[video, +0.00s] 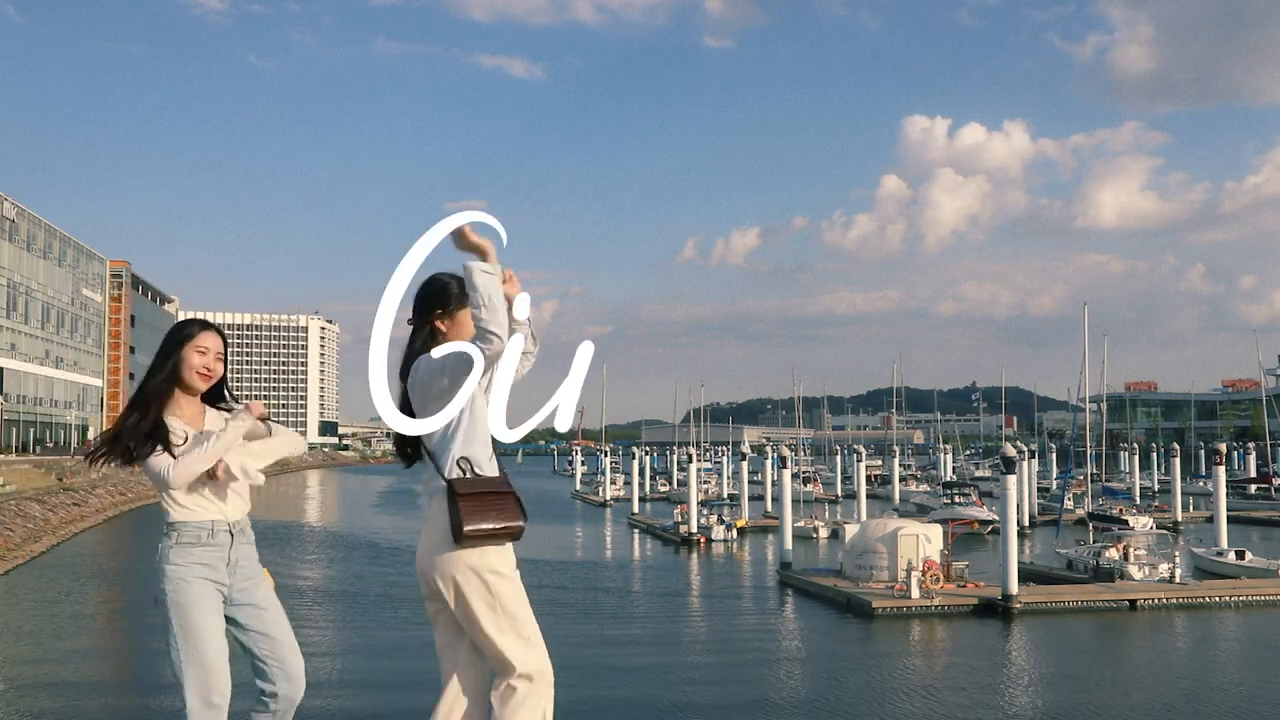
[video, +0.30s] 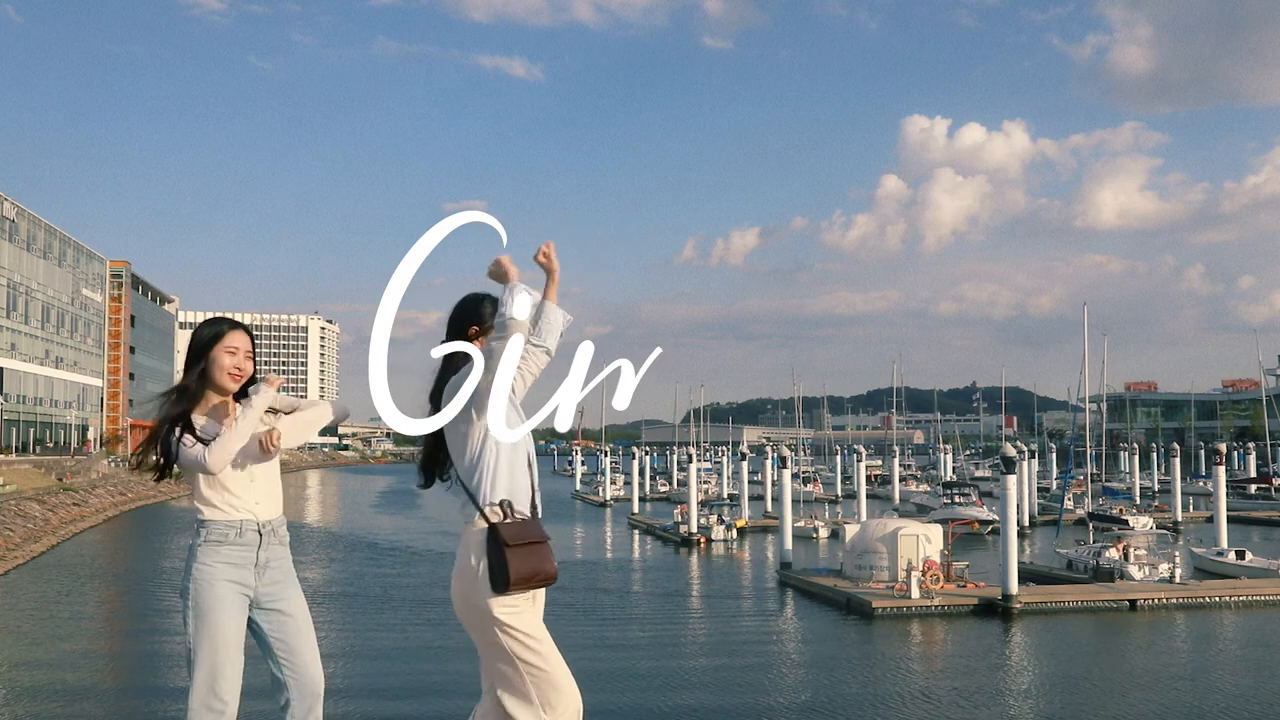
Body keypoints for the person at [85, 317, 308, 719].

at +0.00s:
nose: (211, 364)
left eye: (219, 358)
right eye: (200, 352)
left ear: (223, 368)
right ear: (174, 356)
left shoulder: (231, 418)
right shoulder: (147, 423)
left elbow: (296, 442)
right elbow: (174, 476)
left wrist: (237, 461)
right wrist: (239, 424)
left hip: (245, 558)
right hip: (190, 560)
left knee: (288, 681)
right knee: (210, 696)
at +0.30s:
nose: (241, 364)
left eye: (248, 357)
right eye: (230, 353)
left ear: (252, 365)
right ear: (203, 357)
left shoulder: (258, 405)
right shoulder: (178, 426)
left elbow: (329, 409)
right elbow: (212, 461)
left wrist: (284, 431)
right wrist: (259, 400)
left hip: (277, 559)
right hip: (220, 559)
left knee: (309, 685)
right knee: (218, 696)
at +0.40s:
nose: (259, 361)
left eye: (265, 354)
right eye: (248, 350)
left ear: (269, 364)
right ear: (219, 356)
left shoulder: (277, 412)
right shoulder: (198, 423)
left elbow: (341, 421)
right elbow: (219, 462)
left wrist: (295, 407)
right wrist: (284, 435)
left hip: (283, 561)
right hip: (232, 560)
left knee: (319, 687)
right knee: (220, 697)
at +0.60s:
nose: (302, 374)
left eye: (299, 365)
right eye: (296, 366)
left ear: (273, 378)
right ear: (275, 376)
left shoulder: (282, 434)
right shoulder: (253, 434)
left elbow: (335, 464)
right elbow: (328, 438)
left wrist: (391, 461)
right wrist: (331, 434)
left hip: (312, 568)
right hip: (279, 572)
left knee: (337, 693)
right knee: (298, 701)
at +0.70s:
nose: (315, 379)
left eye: (312, 371)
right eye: (310, 371)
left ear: (266, 377)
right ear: (298, 377)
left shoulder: (286, 434)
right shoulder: (292, 426)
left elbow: (347, 448)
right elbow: (361, 384)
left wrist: (390, 430)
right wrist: (352, 366)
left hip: (309, 580)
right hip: (299, 583)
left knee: (348, 697)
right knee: (351, 706)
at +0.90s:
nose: (340, 357)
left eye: (338, 351)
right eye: (336, 351)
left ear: (282, 364)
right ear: (325, 363)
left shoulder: (283, 415)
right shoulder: (334, 401)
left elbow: (285, 374)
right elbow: (395, 342)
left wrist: (290, 333)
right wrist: (435, 290)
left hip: (307, 561)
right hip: (337, 563)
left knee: (331, 693)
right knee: (395, 689)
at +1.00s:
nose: (352, 365)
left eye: (350, 357)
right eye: (349, 358)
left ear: (286, 368)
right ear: (340, 367)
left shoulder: (278, 423)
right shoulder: (354, 409)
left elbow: (288, 386)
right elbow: (421, 360)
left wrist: (280, 364)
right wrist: (414, 315)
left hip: (313, 554)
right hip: (361, 550)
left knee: (340, 691)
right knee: (394, 689)